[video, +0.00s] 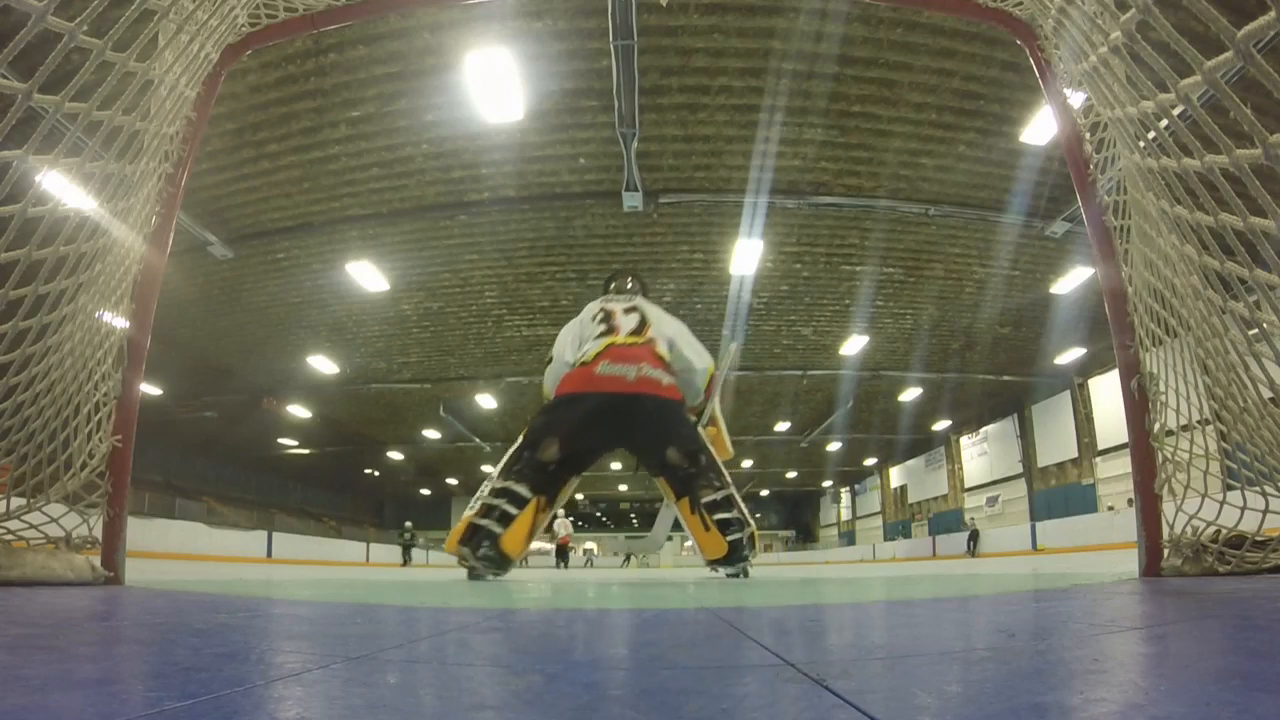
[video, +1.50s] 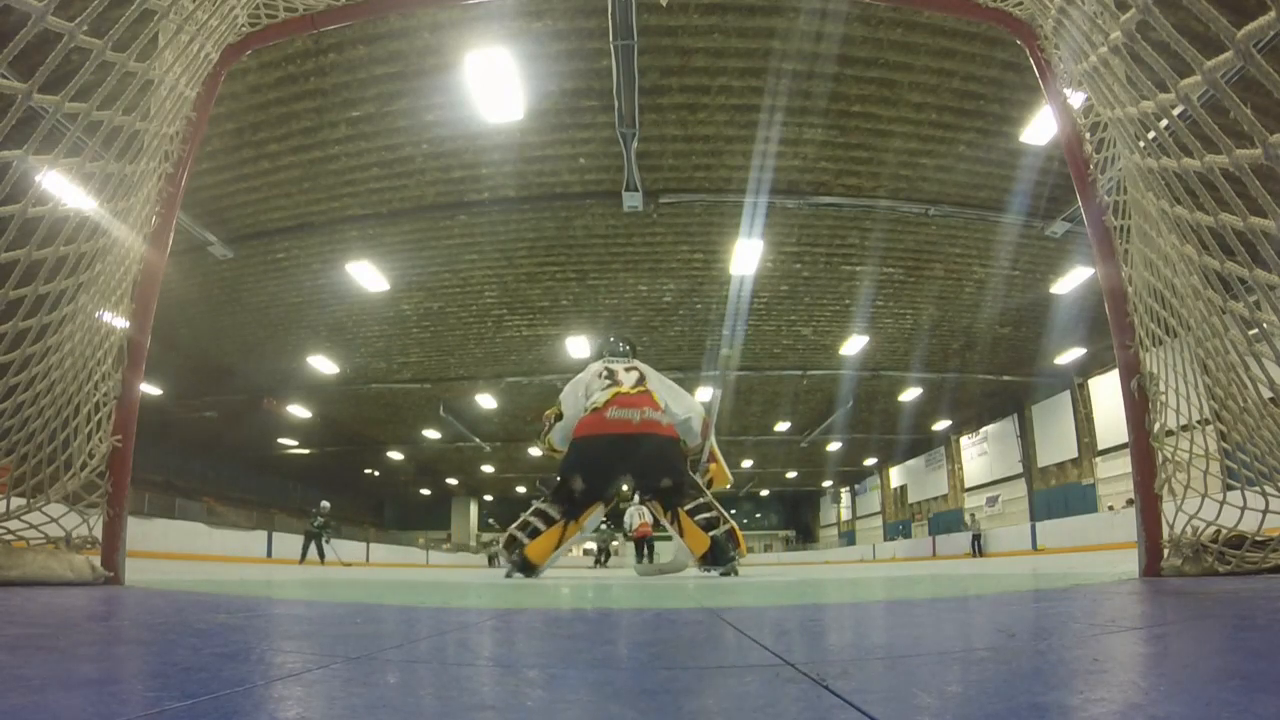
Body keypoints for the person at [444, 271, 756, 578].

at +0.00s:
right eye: (640, 295)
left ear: (605, 292)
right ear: (644, 294)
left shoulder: (584, 316)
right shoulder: (662, 317)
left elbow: (558, 365)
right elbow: (699, 364)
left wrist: (556, 406)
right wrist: (695, 408)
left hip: (584, 398)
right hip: (655, 404)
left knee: (535, 467)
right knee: (693, 472)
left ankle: (485, 539)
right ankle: (733, 546)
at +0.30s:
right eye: (612, 322)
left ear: (580, 324)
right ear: (615, 324)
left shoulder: (558, 350)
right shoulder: (630, 345)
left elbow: (536, 399)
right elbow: (666, 393)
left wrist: (528, 429)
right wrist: (668, 428)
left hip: (556, 435)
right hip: (621, 432)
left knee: (523, 496)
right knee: (672, 490)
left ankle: (475, 559)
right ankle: (717, 556)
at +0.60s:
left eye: (577, 340)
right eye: (595, 339)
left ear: (567, 342)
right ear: (600, 339)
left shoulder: (548, 369)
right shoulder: (617, 359)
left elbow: (527, 425)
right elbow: (654, 405)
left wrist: (527, 440)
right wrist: (663, 441)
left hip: (559, 447)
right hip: (614, 438)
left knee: (546, 509)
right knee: (663, 494)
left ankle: (498, 563)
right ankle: (710, 556)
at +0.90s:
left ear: (569, 353)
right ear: (600, 350)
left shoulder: (554, 378)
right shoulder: (618, 368)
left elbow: (536, 433)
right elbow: (654, 412)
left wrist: (549, 455)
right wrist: (665, 446)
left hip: (567, 448)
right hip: (623, 442)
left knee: (548, 507)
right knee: (664, 497)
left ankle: (504, 561)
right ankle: (708, 556)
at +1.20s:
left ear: (585, 356)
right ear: (614, 356)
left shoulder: (563, 380)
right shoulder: (628, 373)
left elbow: (546, 430)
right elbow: (673, 417)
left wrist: (548, 453)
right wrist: (676, 451)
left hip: (569, 449)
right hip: (627, 444)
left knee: (548, 511)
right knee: (670, 499)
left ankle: (496, 564)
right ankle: (709, 556)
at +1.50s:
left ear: (602, 355)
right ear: (633, 356)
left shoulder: (587, 374)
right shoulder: (650, 375)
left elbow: (566, 416)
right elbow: (691, 412)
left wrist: (556, 443)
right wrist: (698, 456)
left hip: (595, 439)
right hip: (656, 439)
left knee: (566, 501)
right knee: (678, 496)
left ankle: (522, 556)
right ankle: (720, 553)